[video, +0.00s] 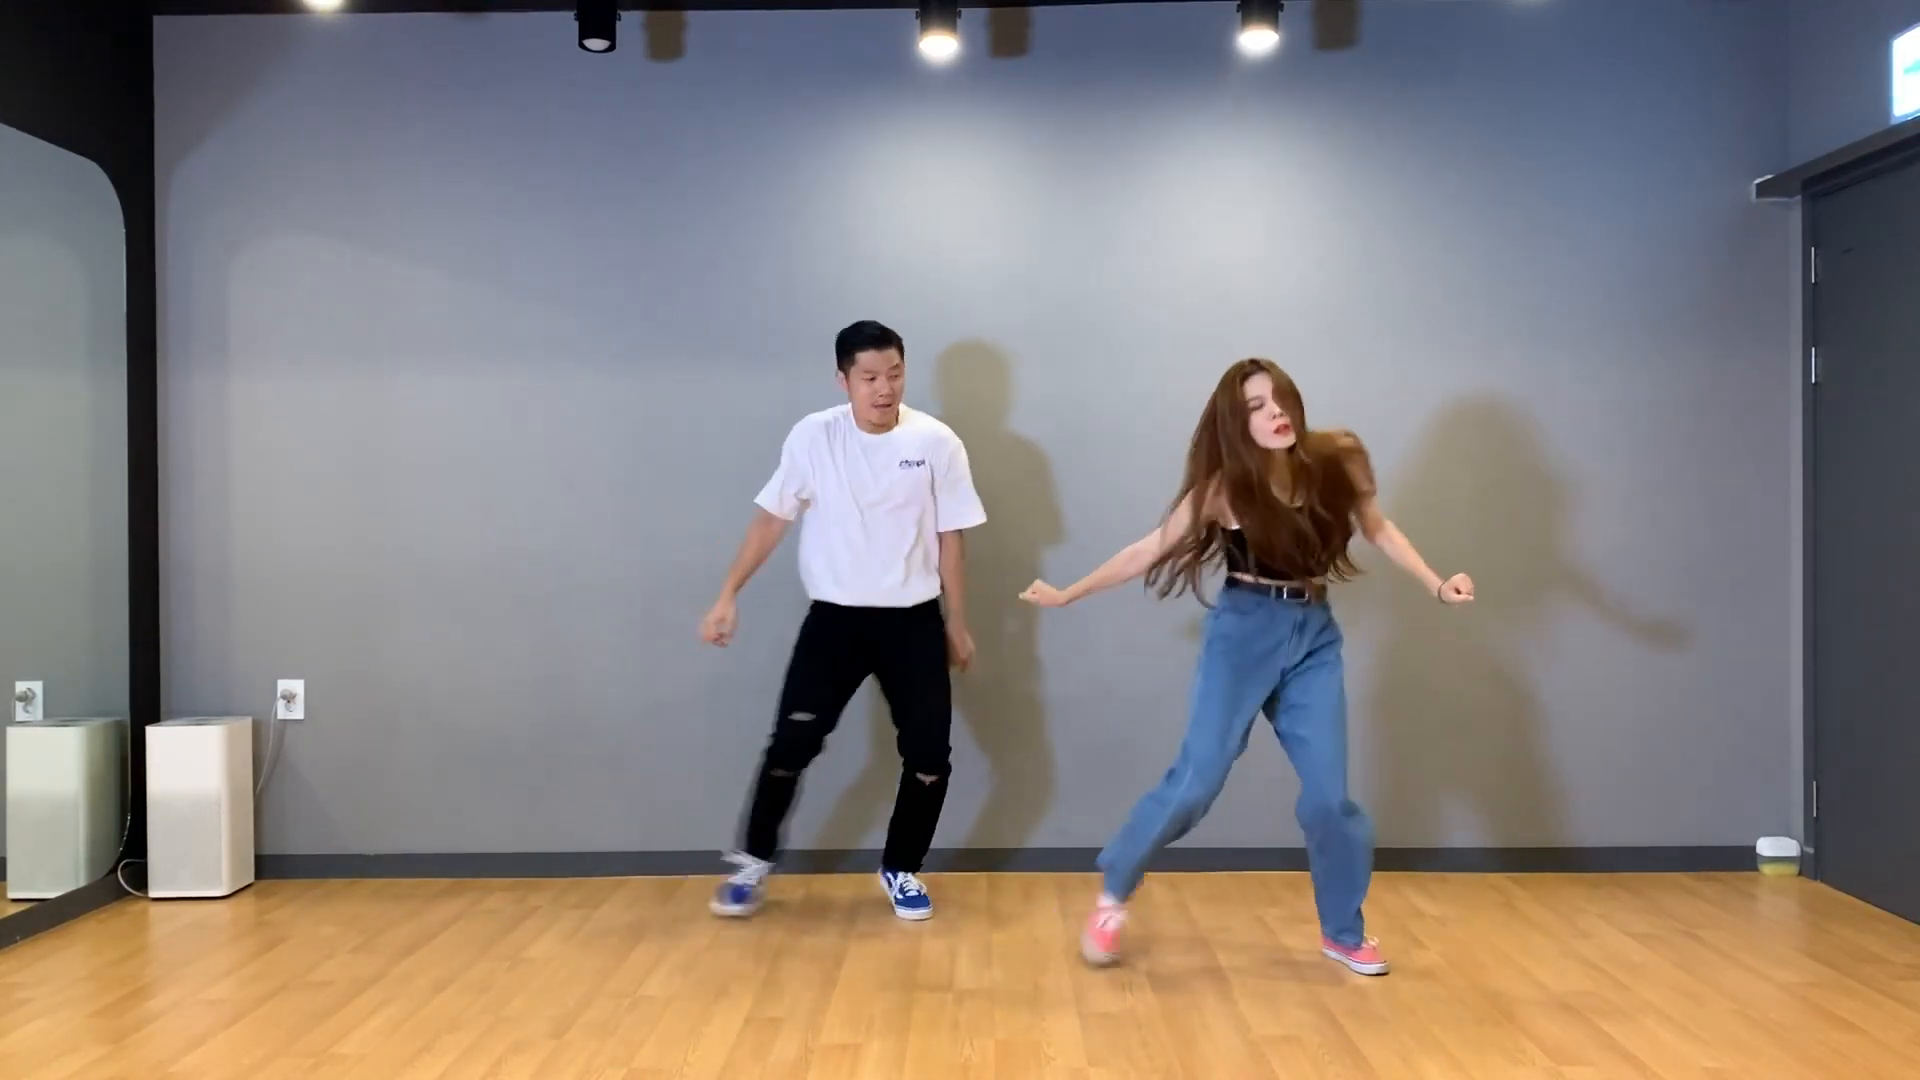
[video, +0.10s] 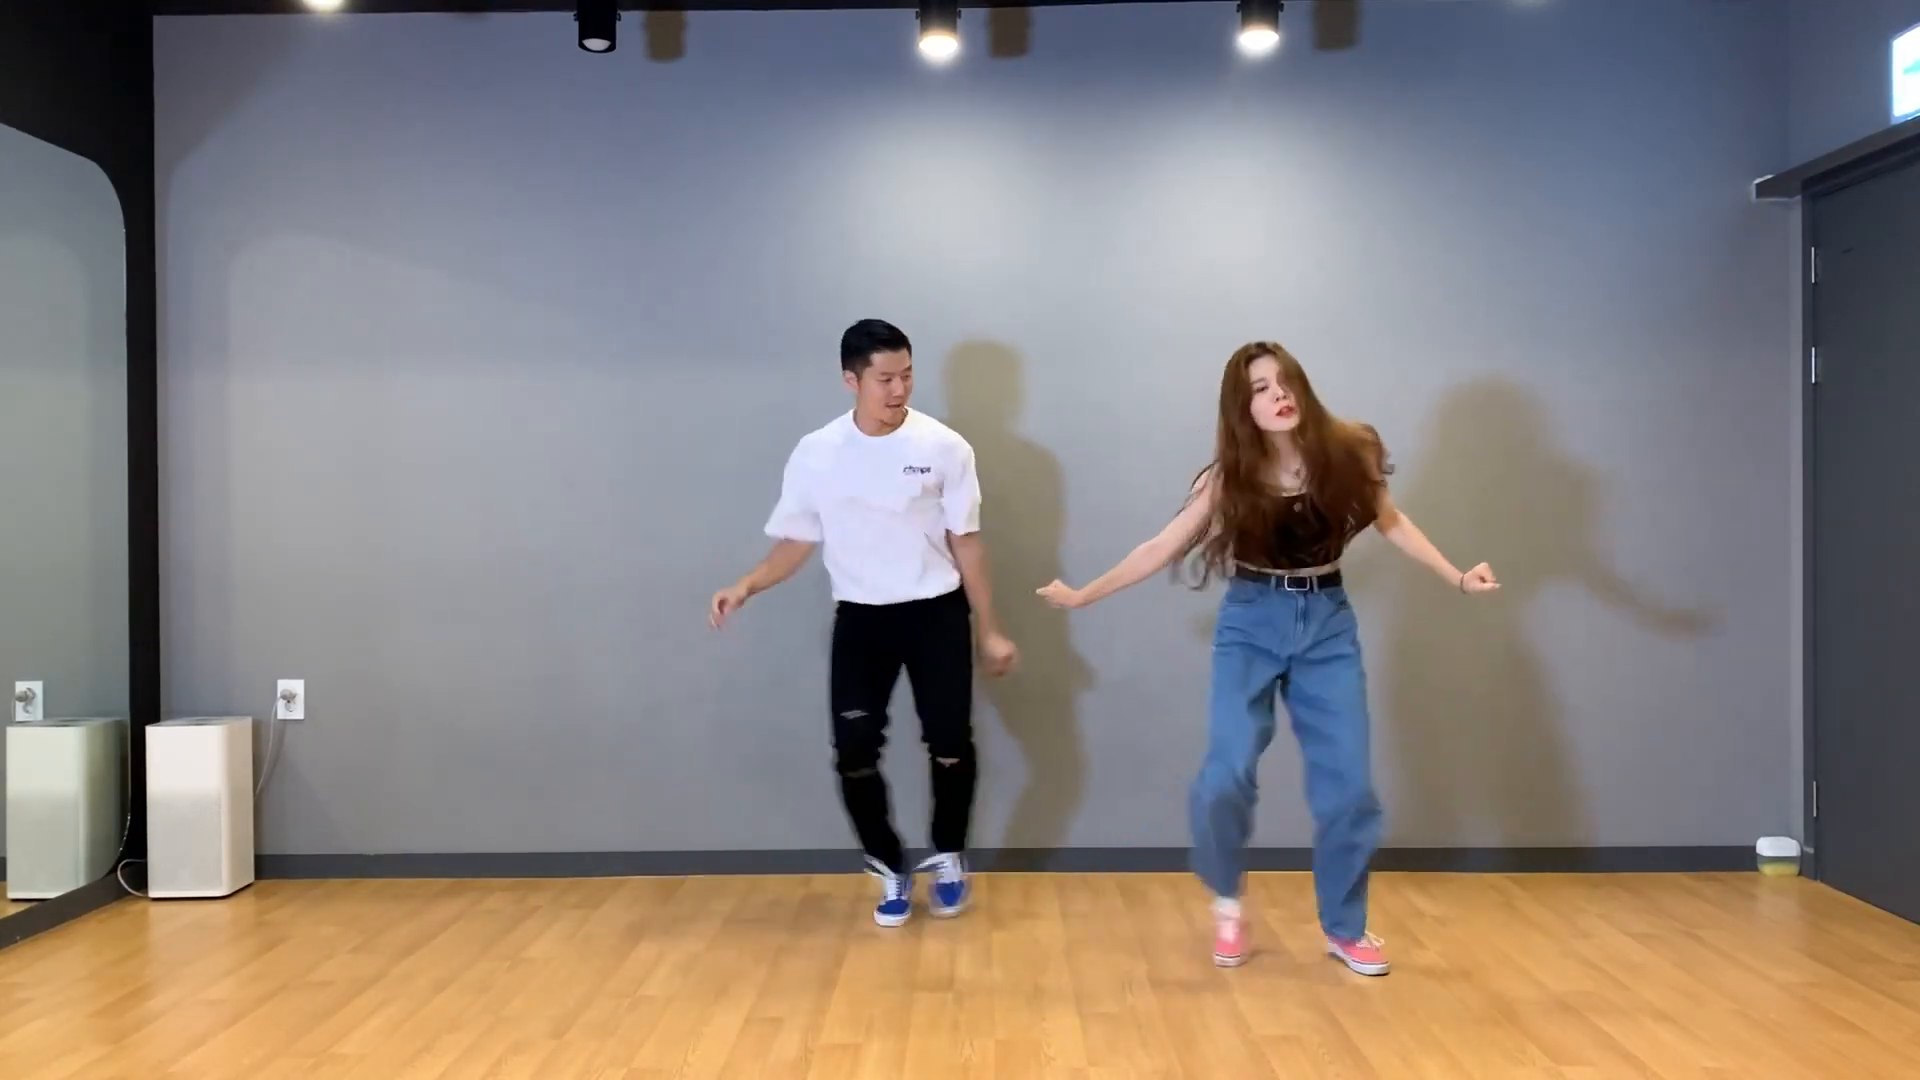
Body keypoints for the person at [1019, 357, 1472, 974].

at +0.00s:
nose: (1277, 412)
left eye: (1281, 399)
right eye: (1258, 406)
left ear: (1295, 403)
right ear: (1236, 423)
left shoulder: (1336, 460)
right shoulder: (1224, 487)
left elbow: (1378, 529)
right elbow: (1149, 551)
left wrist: (1437, 582)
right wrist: (1066, 595)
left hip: (1311, 632)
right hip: (1243, 629)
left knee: (1329, 796)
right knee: (1198, 784)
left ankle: (1343, 933)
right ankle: (1113, 891)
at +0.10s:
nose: (1278, 395)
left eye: (1284, 382)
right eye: (1261, 389)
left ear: (1301, 387)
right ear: (1243, 408)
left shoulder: (1344, 453)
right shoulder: (1231, 476)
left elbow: (1392, 523)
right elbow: (1162, 548)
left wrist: (1456, 576)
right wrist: (1084, 595)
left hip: (1327, 621)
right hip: (1250, 620)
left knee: (1349, 783)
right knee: (1228, 772)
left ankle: (1345, 928)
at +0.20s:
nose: (1279, 391)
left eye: (1287, 378)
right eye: (1263, 384)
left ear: (1306, 386)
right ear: (1245, 399)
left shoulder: (1346, 449)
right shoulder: (1228, 470)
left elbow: (1402, 524)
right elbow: (1178, 547)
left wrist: (1473, 573)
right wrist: (1102, 591)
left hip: (1345, 624)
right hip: (1265, 630)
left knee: (1411, 773)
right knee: (1259, 791)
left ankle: (1402, 903)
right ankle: (1263, 916)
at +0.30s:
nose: (1281, 404)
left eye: (1290, 392)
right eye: (1266, 396)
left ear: (1309, 401)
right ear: (1247, 410)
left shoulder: (1351, 468)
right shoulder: (1234, 485)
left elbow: (1420, 550)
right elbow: (1193, 570)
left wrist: (1497, 587)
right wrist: (1117, 588)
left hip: (1361, 639)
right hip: (1283, 647)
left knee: (1420, 794)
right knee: (1247, 795)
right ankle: (1266, 921)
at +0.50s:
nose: (1250, 384)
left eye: (1263, 374)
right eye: (1238, 376)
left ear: (1288, 387)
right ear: (1224, 393)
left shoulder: (1323, 456)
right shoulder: (1210, 464)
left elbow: (1397, 529)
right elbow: (1156, 536)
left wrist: (1476, 583)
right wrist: (1093, 563)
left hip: (1320, 634)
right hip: (1251, 637)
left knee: (1374, 795)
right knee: (1229, 799)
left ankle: (1483, 903)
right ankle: (1265, 930)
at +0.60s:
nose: (1229, 364)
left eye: (1243, 354)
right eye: (1219, 356)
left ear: (1271, 368)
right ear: (1205, 373)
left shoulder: (1300, 440)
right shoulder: (1194, 448)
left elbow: (1359, 522)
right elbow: (1154, 525)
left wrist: (1425, 600)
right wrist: (1099, 564)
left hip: (1288, 619)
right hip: (1223, 619)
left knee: (1274, 779)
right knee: (1227, 784)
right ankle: (1264, 928)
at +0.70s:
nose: (1208, 362)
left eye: (1222, 351)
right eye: (1199, 353)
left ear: (1252, 359)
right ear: (1188, 365)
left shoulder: (1281, 431)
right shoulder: (1185, 433)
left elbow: (1320, 526)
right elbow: (1158, 519)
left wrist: (1365, 617)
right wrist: (1114, 578)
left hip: (1257, 612)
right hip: (1197, 610)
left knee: (1175, 743)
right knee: (1216, 772)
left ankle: (1288, 803)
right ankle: (1264, 926)